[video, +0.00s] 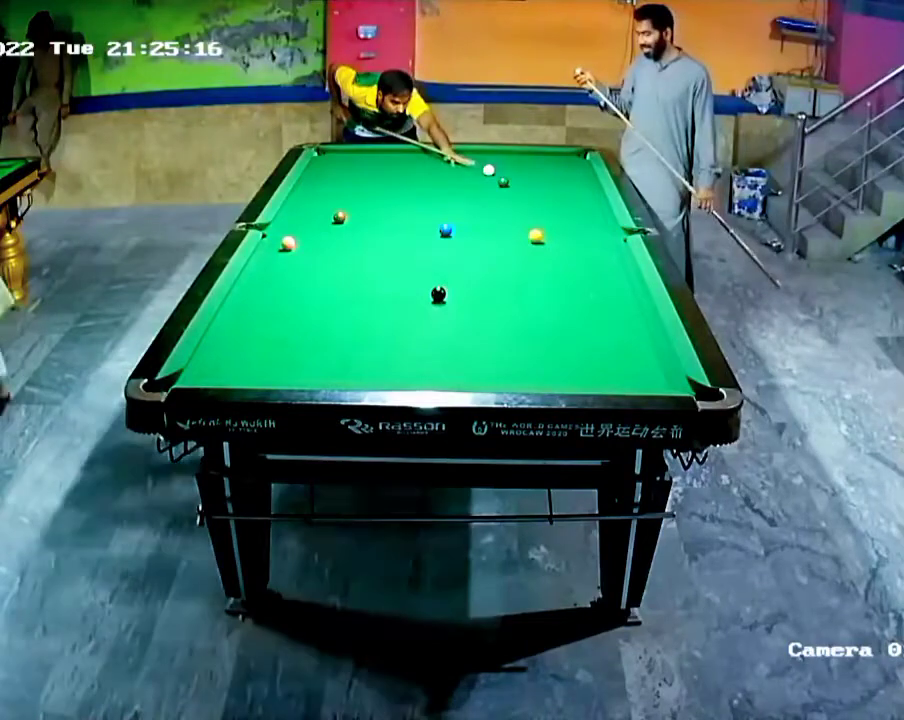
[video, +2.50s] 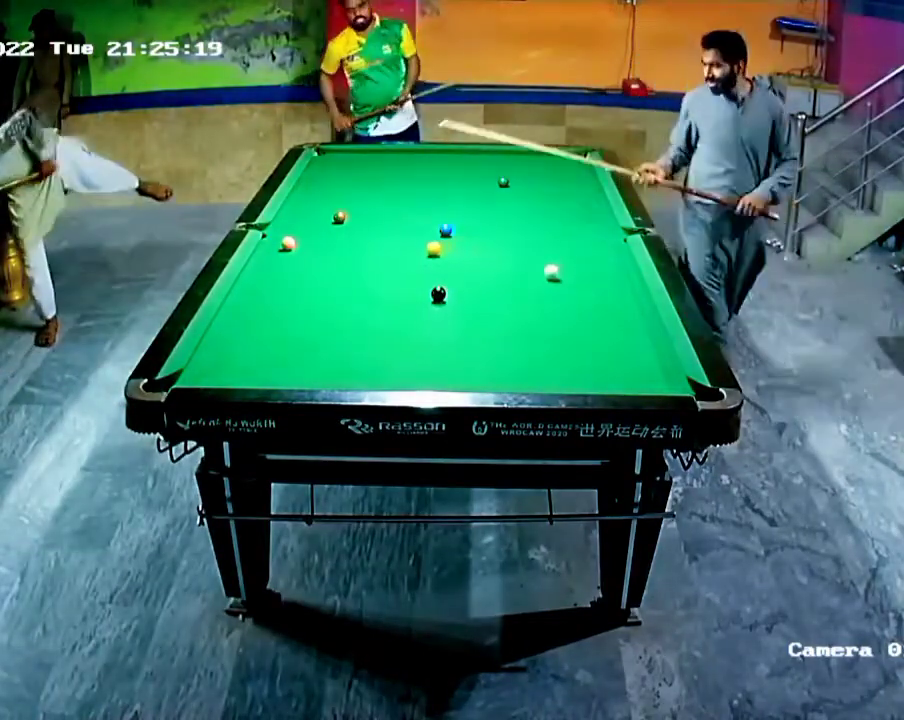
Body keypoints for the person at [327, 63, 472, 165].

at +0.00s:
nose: (400, 110)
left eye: (405, 103)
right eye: (395, 103)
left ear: (410, 97)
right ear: (380, 95)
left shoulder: (410, 96)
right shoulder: (358, 91)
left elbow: (430, 125)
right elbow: (334, 70)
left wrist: (447, 150)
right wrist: (336, 104)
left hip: (400, 135)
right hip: (362, 134)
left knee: (403, 181)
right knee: (359, 180)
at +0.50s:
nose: (405, 103)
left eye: (410, 97)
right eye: (399, 97)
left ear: (414, 90)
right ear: (384, 91)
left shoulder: (416, 91)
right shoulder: (361, 90)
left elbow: (433, 123)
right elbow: (336, 79)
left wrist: (447, 151)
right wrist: (350, 112)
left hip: (403, 134)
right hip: (366, 134)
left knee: (406, 180)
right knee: (364, 180)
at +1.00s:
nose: (406, 100)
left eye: (410, 93)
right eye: (400, 94)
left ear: (415, 87)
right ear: (384, 88)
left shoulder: (418, 90)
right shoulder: (361, 89)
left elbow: (434, 123)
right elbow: (336, 78)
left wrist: (447, 150)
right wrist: (350, 111)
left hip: (403, 135)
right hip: (367, 135)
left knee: (407, 180)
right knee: (365, 181)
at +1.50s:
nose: (394, 21)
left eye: (398, 15)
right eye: (387, 15)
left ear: (403, 16)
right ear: (375, 17)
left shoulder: (418, 46)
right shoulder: (357, 47)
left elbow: (432, 86)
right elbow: (338, 70)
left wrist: (433, 121)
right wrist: (345, 106)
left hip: (405, 133)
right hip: (366, 134)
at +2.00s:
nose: (383, 6)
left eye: (388, 1)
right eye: (377, 2)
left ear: (395, 4)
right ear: (369, 5)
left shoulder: (415, 33)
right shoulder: (355, 38)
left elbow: (423, 66)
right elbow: (339, 72)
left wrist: (416, 88)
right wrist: (354, 106)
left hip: (407, 128)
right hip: (369, 130)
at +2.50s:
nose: (358, 14)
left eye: (362, 7)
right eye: (351, 11)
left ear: (370, 5)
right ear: (346, 13)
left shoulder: (398, 30)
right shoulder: (338, 45)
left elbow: (413, 60)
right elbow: (325, 77)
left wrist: (406, 92)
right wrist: (336, 115)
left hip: (403, 125)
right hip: (366, 130)